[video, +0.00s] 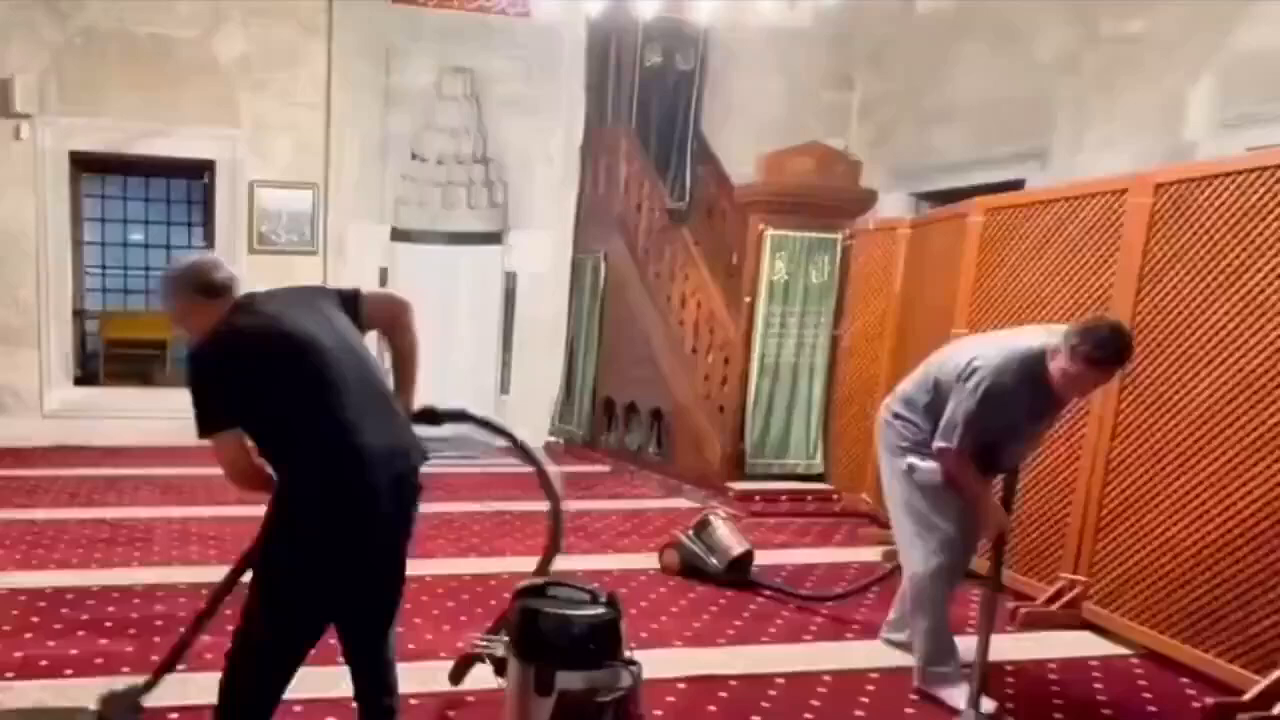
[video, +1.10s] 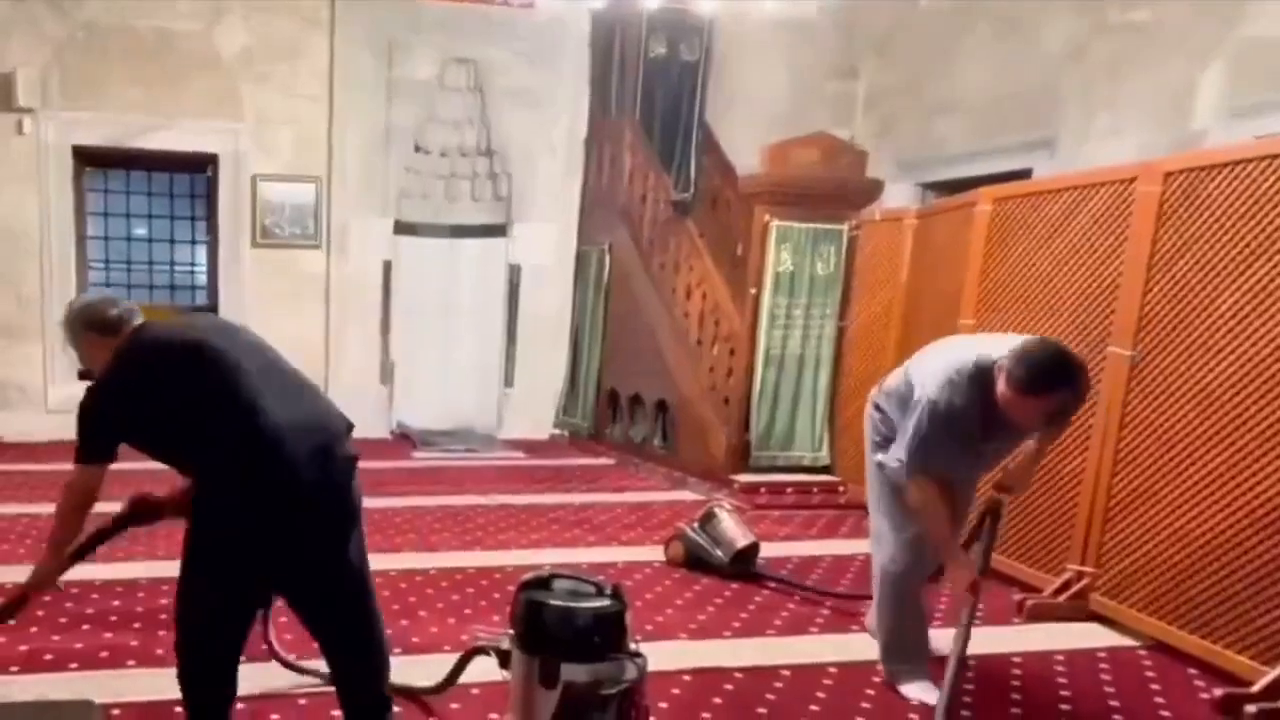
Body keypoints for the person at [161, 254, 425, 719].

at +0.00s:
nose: (181, 330)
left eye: (178, 319)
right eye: (177, 319)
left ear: (189, 308)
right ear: (231, 288)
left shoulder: (211, 353)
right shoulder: (304, 300)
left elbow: (240, 470)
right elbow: (395, 309)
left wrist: (286, 486)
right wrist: (404, 405)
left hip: (323, 490)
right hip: (396, 470)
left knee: (261, 655)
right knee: (369, 637)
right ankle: (380, 714)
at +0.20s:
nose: (151, 335)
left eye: (147, 324)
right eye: (146, 324)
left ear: (156, 312)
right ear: (202, 290)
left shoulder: (180, 358)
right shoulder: (274, 305)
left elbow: (204, 478)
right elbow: (369, 339)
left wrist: (234, 500)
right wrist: (367, 426)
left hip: (293, 494)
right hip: (370, 476)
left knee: (240, 658)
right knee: (358, 639)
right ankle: (380, 711)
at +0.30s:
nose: (118, 338)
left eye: (115, 326)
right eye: (113, 328)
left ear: (131, 315)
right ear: (169, 296)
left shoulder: (151, 361)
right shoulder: (244, 311)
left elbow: (167, 473)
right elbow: (334, 369)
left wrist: (182, 523)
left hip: (270, 490)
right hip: (349, 469)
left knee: (224, 651)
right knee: (345, 627)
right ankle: (373, 710)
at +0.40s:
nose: (93, 350)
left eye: (90, 335)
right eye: (88, 338)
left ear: (106, 322)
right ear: (143, 306)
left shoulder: (123, 369)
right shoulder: (217, 319)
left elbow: (128, 477)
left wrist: (122, 542)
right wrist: (220, 479)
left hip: (254, 488)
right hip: (332, 468)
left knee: (213, 648)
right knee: (342, 635)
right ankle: (367, 711)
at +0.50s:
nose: (76, 364)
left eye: (72, 348)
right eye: (70, 351)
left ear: (85, 332)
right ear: (125, 312)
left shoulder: (101, 379)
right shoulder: (195, 327)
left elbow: (90, 490)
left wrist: (70, 554)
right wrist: (177, 520)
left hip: (247, 490)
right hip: (323, 465)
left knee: (208, 657)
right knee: (344, 639)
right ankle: (368, 709)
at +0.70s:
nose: (60, 375)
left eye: (56, 365)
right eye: (54, 366)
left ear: (67, 351)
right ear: (108, 327)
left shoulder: (84, 395)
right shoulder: (181, 341)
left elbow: (55, 499)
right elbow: (174, 469)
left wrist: (19, 561)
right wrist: (123, 535)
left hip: (228, 497)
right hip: (310, 469)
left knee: (201, 653)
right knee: (344, 636)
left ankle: (206, 715)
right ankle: (370, 709)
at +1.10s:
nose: (87, 371)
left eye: (85, 358)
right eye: (82, 361)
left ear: (95, 343)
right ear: (131, 321)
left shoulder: (112, 386)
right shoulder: (203, 332)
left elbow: (81, 494)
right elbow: (244, 450)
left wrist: (49, 565)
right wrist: (168, 503)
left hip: (246, 489)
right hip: (327, 465)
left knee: (207, 638)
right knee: (351, 627)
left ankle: (208, 715)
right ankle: (372, 710)